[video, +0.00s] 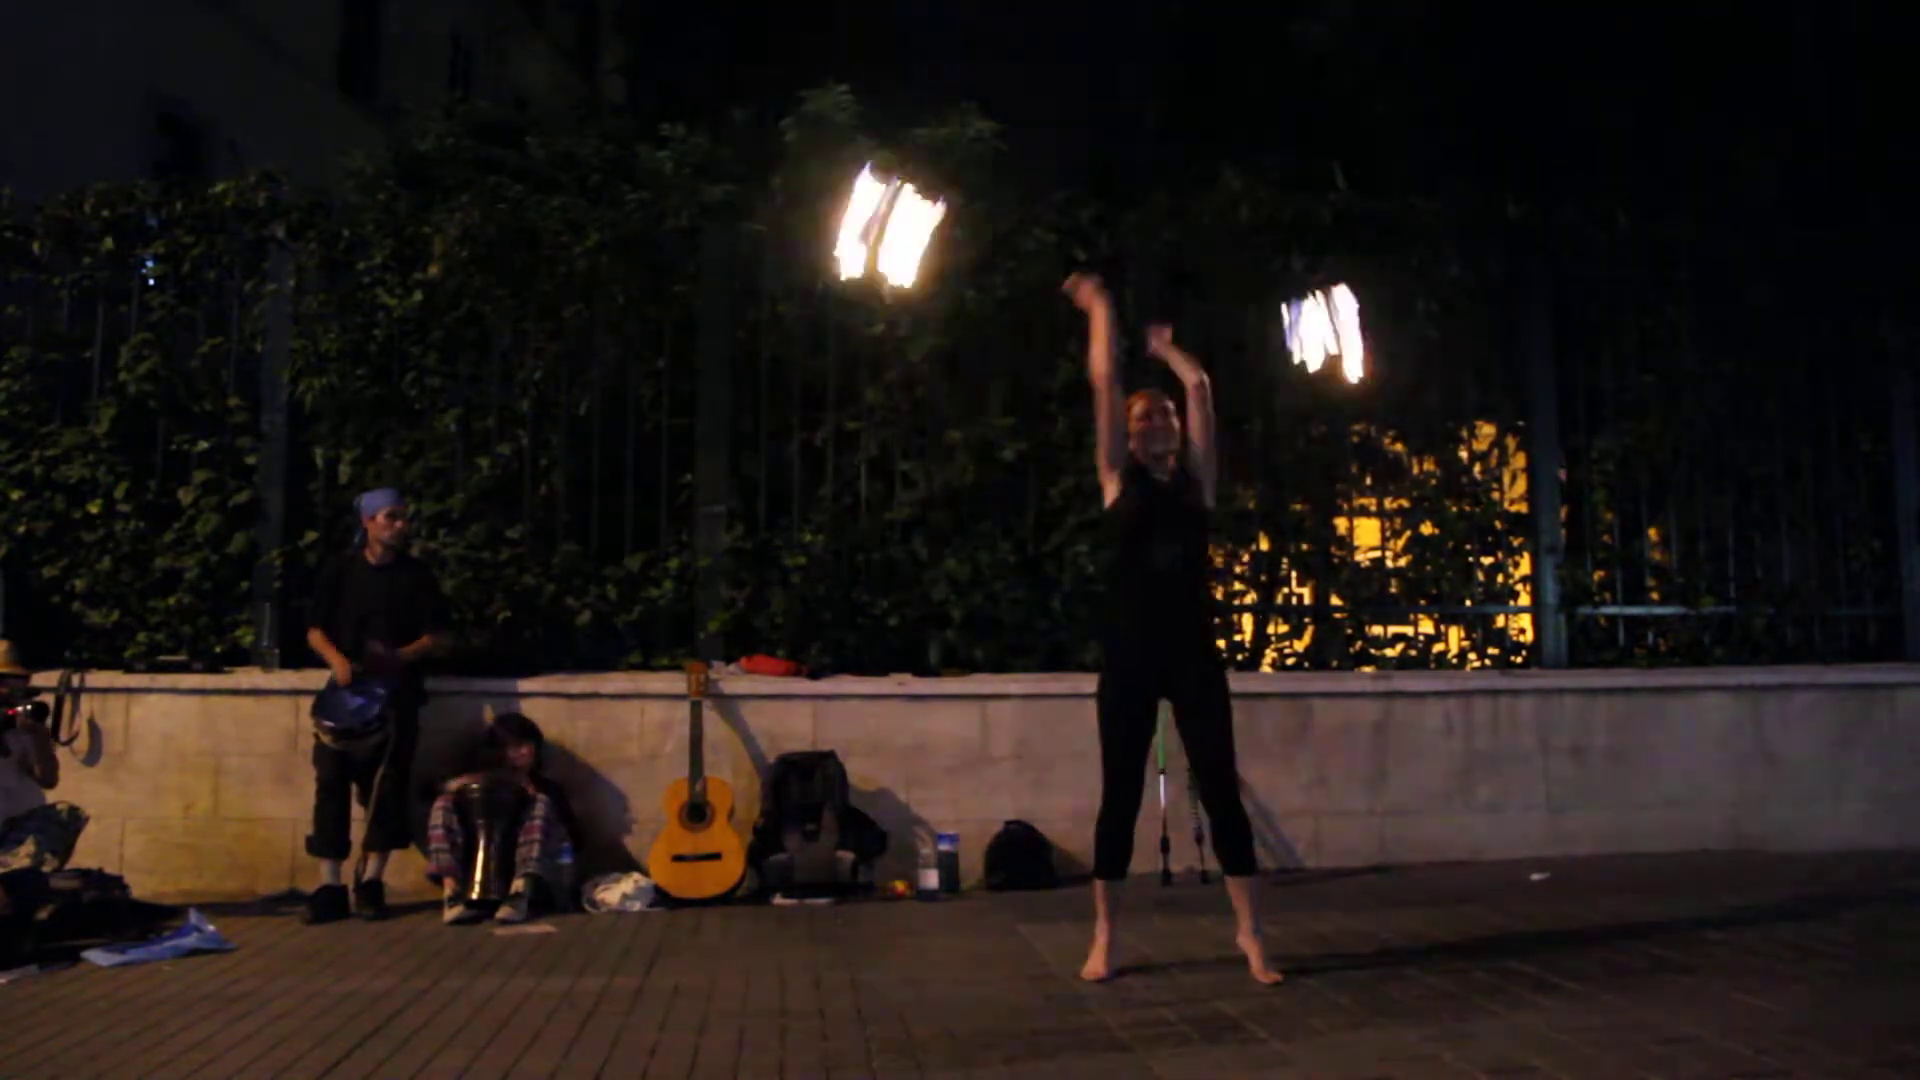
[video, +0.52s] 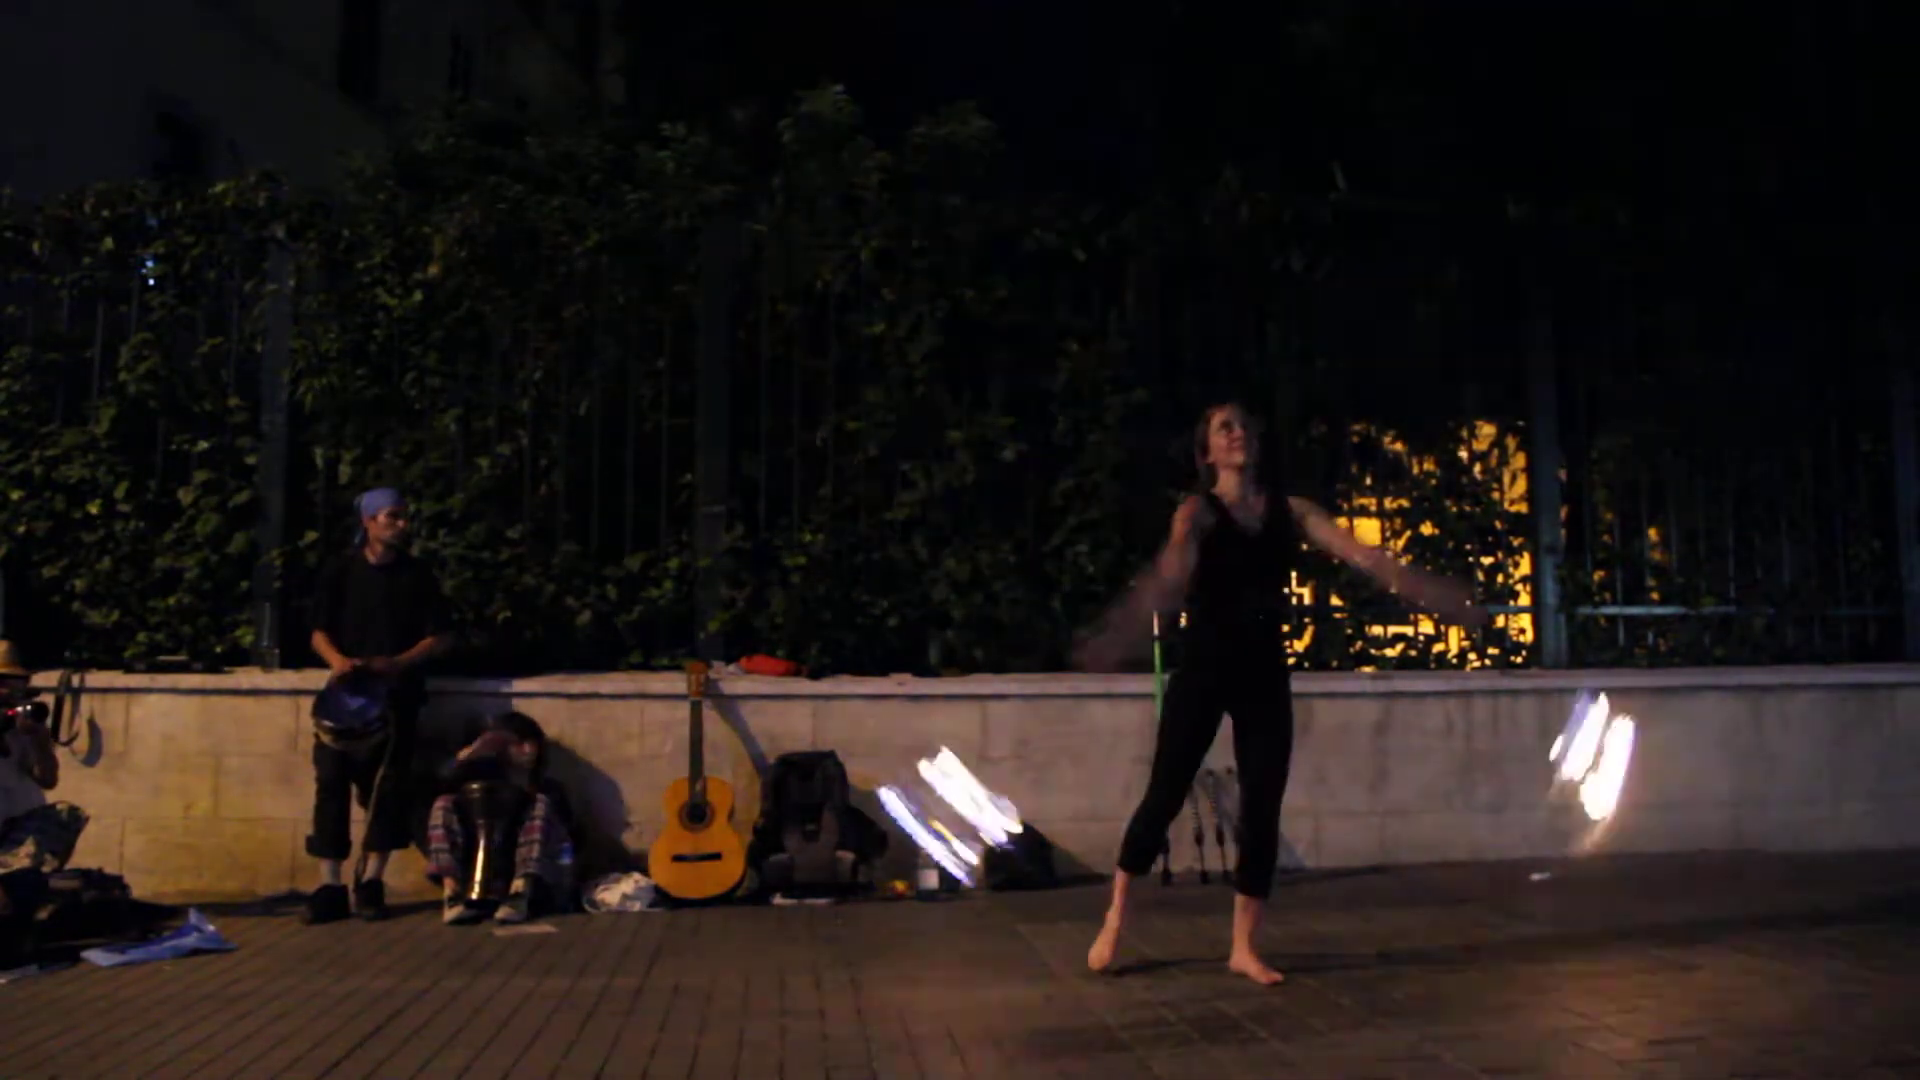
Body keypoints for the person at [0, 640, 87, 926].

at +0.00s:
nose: (16, 695)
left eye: (21, 688)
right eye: (10, 688)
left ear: (26, 689)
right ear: (2, 687)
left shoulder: (25, 727)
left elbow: (48, 779)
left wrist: (34, 730)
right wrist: (27, 731)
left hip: (23, 817)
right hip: (11, 820)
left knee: (70, 816)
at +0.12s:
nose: (16, 695)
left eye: (20, 688)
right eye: (9, 687)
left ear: (25, 688)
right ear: (1, 687)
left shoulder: (24, 726)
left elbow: (48, 780)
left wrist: (34, 730)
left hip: (23, 817)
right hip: (10, 820)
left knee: (70, 816)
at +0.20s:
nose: (16, 695)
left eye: (21, 688)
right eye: (10, 688)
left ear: (26, 688)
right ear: (2, 687)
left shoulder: (25, 725)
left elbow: (48, 779)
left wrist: (33, 730)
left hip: (25, 816)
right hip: (11, 819)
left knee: (70, 816)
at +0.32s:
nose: (16, 694)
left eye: (21, 688)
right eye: (10, 687)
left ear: (26, 689)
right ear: (2, 687)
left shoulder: (25, 726)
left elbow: (48, 780)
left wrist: (35, 731)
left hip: (23, 818)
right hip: (10, 821)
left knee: (71, 816)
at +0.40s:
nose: (15, 695)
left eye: (20, 688)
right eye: (9, 687)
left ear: (26, 689)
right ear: (2, 687)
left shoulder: (25, 725)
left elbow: (49, 780)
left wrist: (35, 732)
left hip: (24, 817)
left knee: (70, 816)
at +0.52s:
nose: (15, 694)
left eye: (20, 687)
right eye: (9, 686)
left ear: (27, 688)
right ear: (1, 687)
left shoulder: (25, 725)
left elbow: (48, 780)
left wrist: (37, 733)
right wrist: (19, 732)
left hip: (25, 817)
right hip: (10, 819)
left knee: (70, 816)